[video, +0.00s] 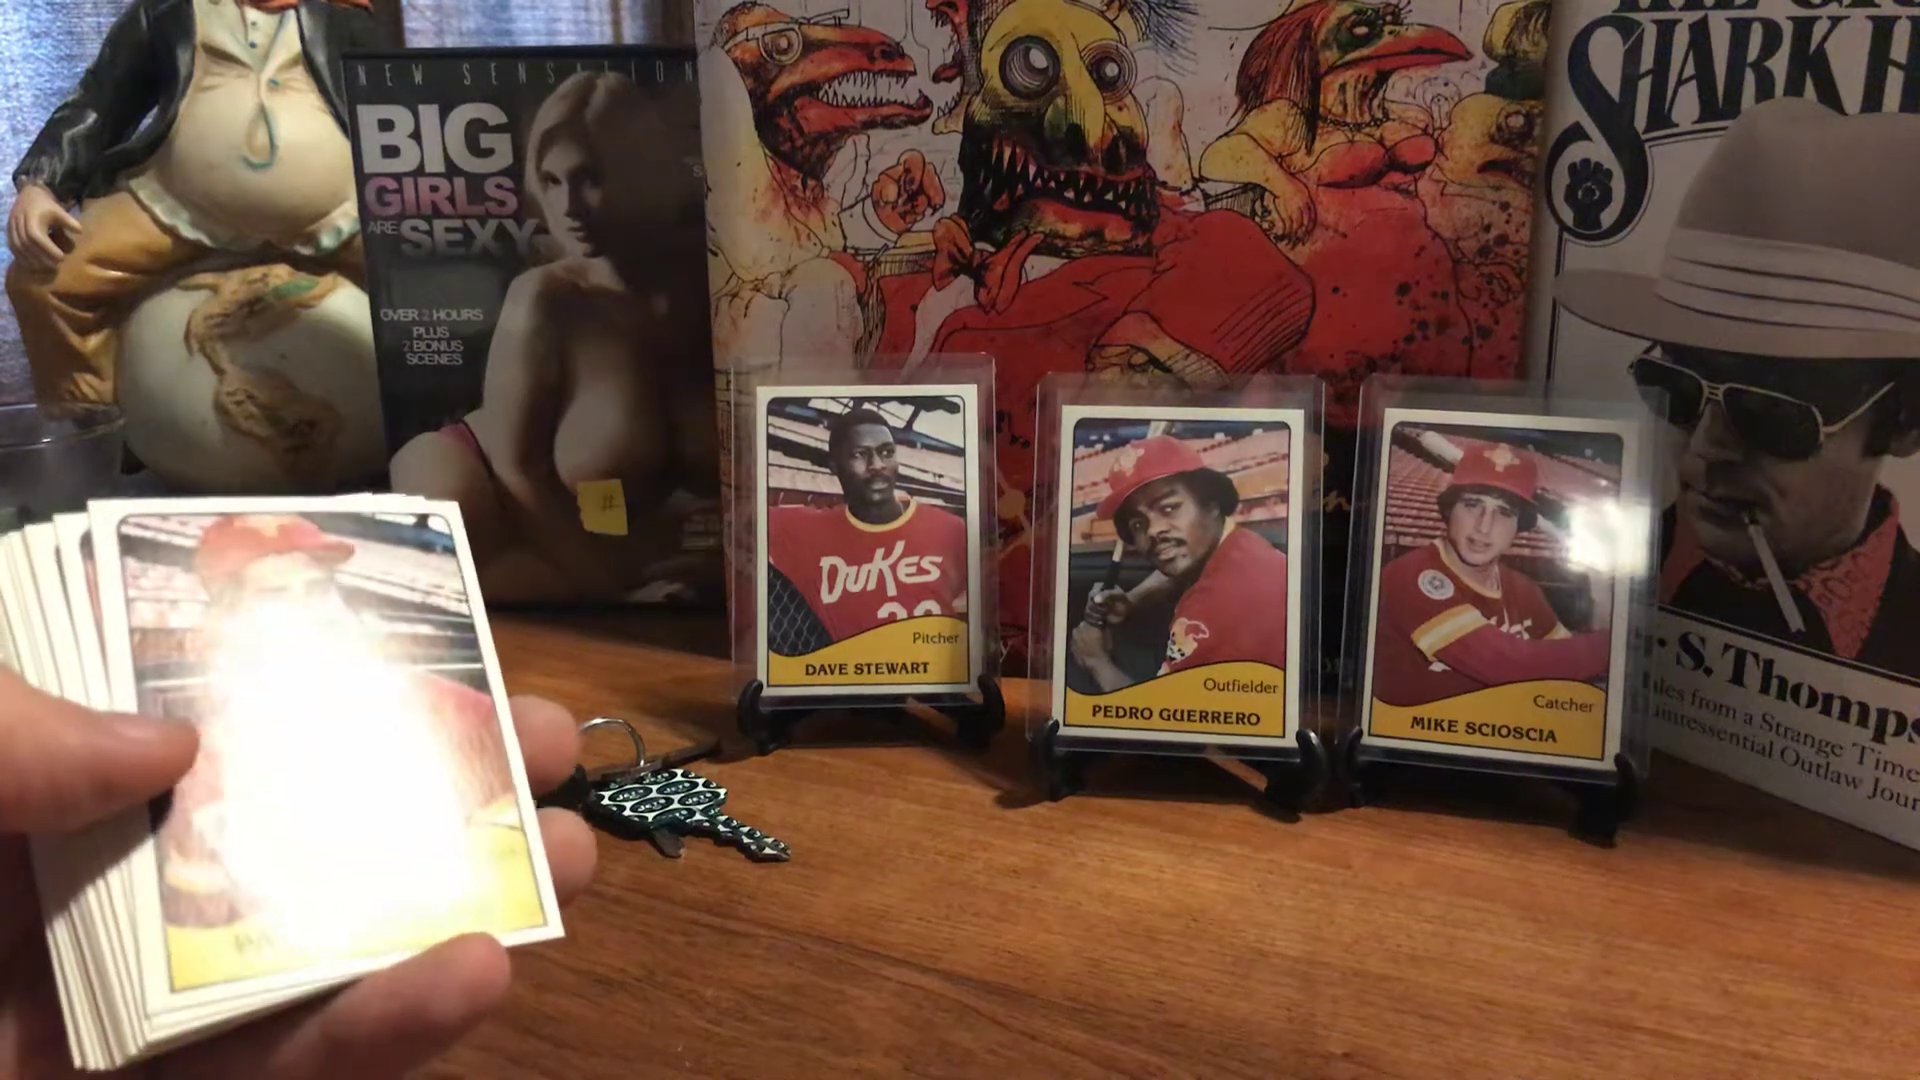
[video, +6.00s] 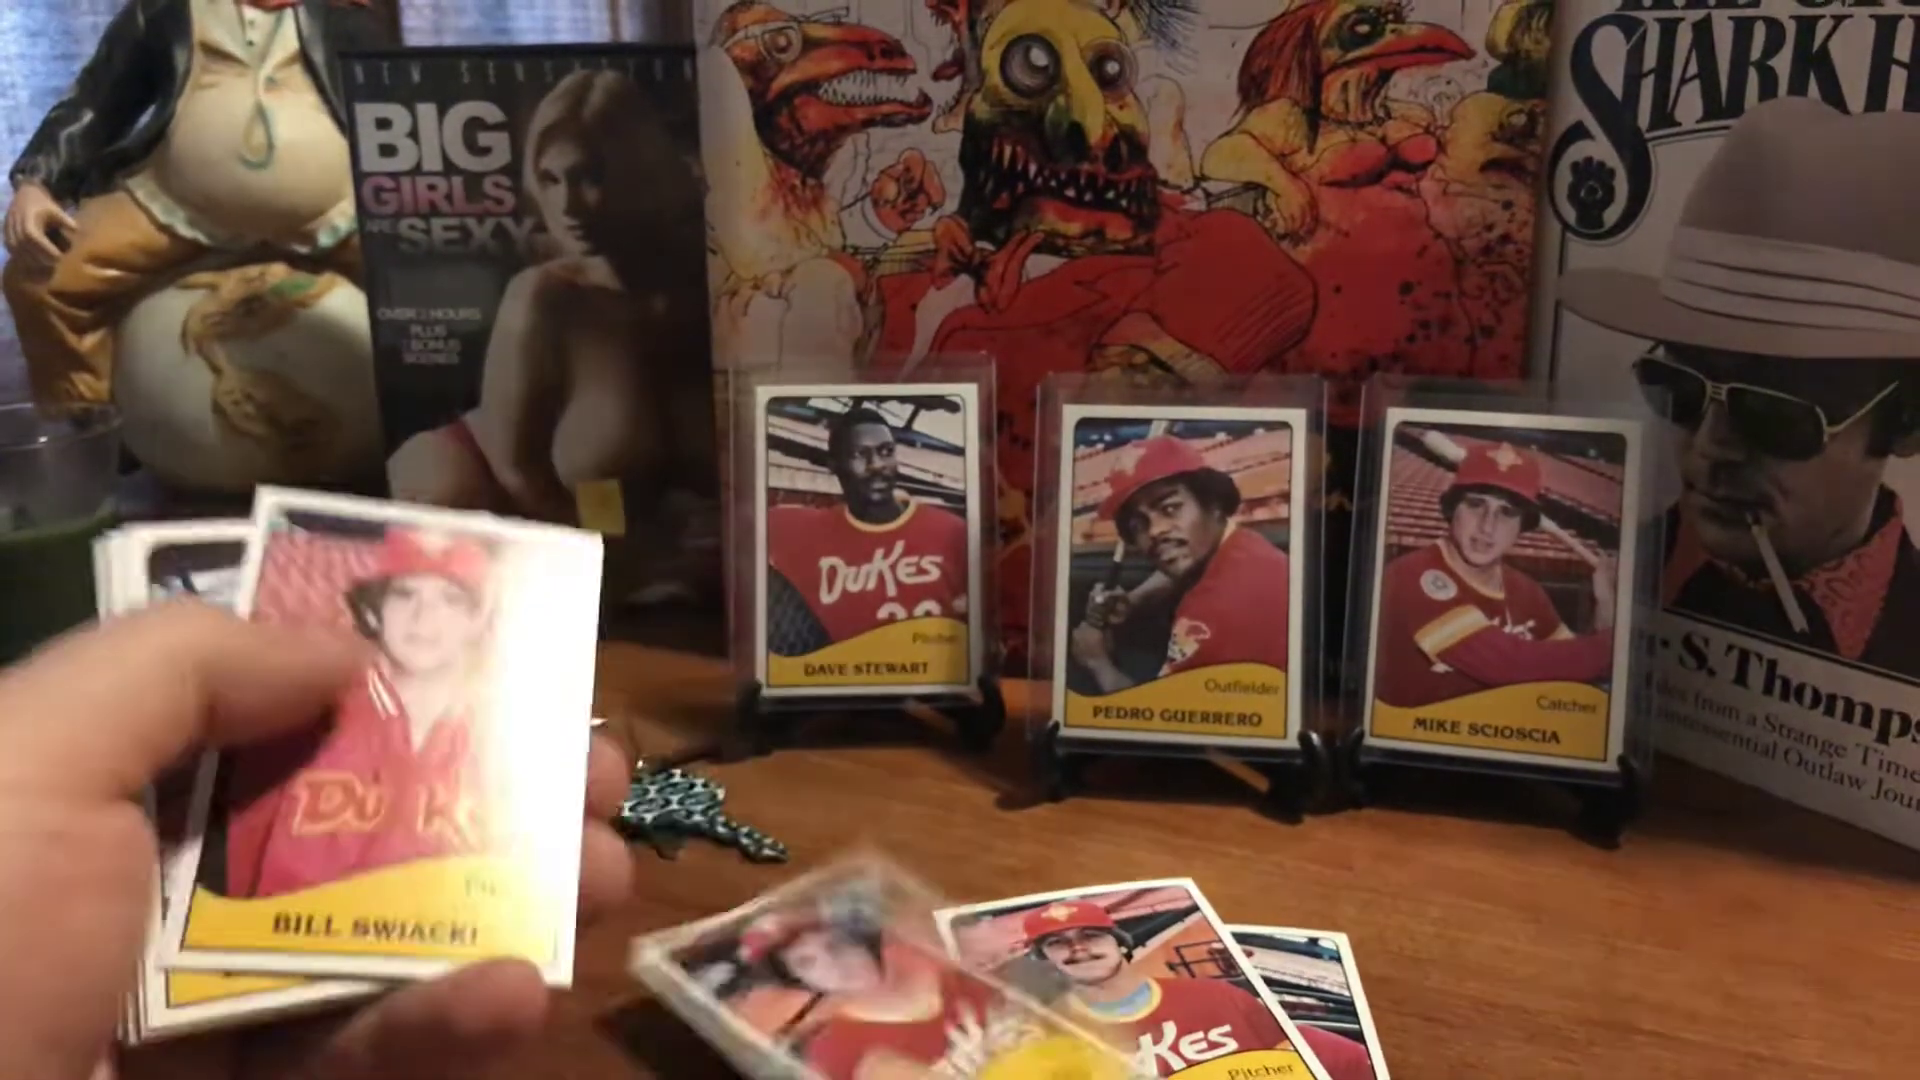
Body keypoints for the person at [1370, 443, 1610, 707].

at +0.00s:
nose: (1484, 526)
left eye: (1503, 513)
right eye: (1472, 505)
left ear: (1518, 526)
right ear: (1448, 509)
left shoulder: (1523, 591)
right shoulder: (1412, 578)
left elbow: (1569, 662)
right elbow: (1503, 664)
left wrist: (1629, 637)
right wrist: (1621, 642)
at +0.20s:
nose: (1483, 525)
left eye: (1503, 512)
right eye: (1472, 505)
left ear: (1519, 525)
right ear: (1448, 508)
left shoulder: (1521, 590)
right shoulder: (1411, 578)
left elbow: (1571, 663)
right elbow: (1502, 663)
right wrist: (1620, 643)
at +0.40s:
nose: (1483, 526)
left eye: (1503, 512)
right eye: (1472, 505)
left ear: (1519, 527)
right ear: (1449, 509)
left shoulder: (1521, 590)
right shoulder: (1411, 578)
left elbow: (1578, 671)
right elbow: (1502, 663)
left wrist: (1603, 606)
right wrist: (1617, 642)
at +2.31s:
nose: (1486, 525)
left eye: (1506, 512)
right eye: (1475, 504)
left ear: (1521, 527)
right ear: (1451, 508)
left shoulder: (1522, 589)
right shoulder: (1415, 577)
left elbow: (1577, 668)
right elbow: (1504, 664)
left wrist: (1605, 605)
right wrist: (1617, 642)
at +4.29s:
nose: (1487, 524)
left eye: (1506, 512)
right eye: (1476, 504)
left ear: (1522, 526)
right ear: (1452, 509)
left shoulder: (1523, 589)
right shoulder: (1417, 578)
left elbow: (1578, 673)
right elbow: (1505, 665)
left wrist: (1606, 608)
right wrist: (1625, 644)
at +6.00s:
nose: (1487, 525)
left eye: (1506, 512)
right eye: (1476, 505)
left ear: (1521, 527)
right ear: (1452, 508)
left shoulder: (1525, 592)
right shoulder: (1416, 577)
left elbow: (1579, 675)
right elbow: (1504, 664)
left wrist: (1606, 606)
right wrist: (1620, 641)